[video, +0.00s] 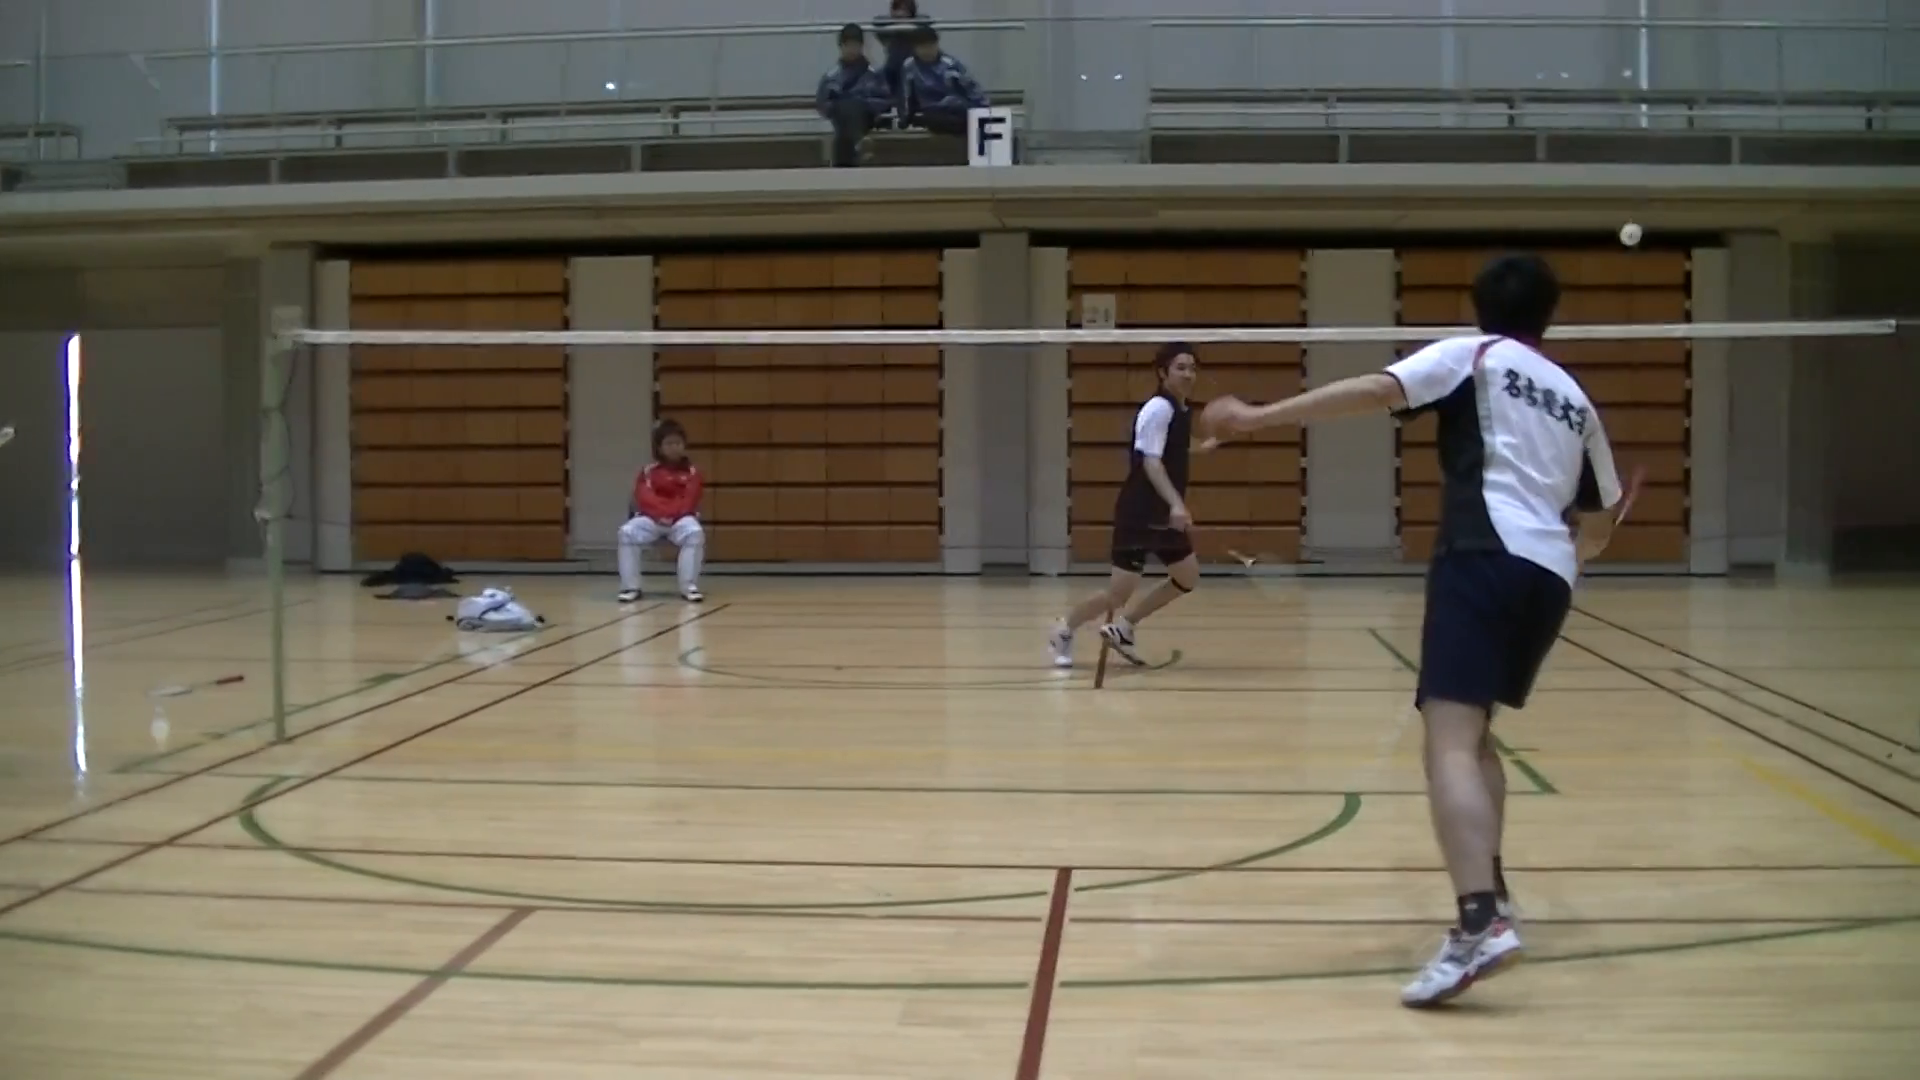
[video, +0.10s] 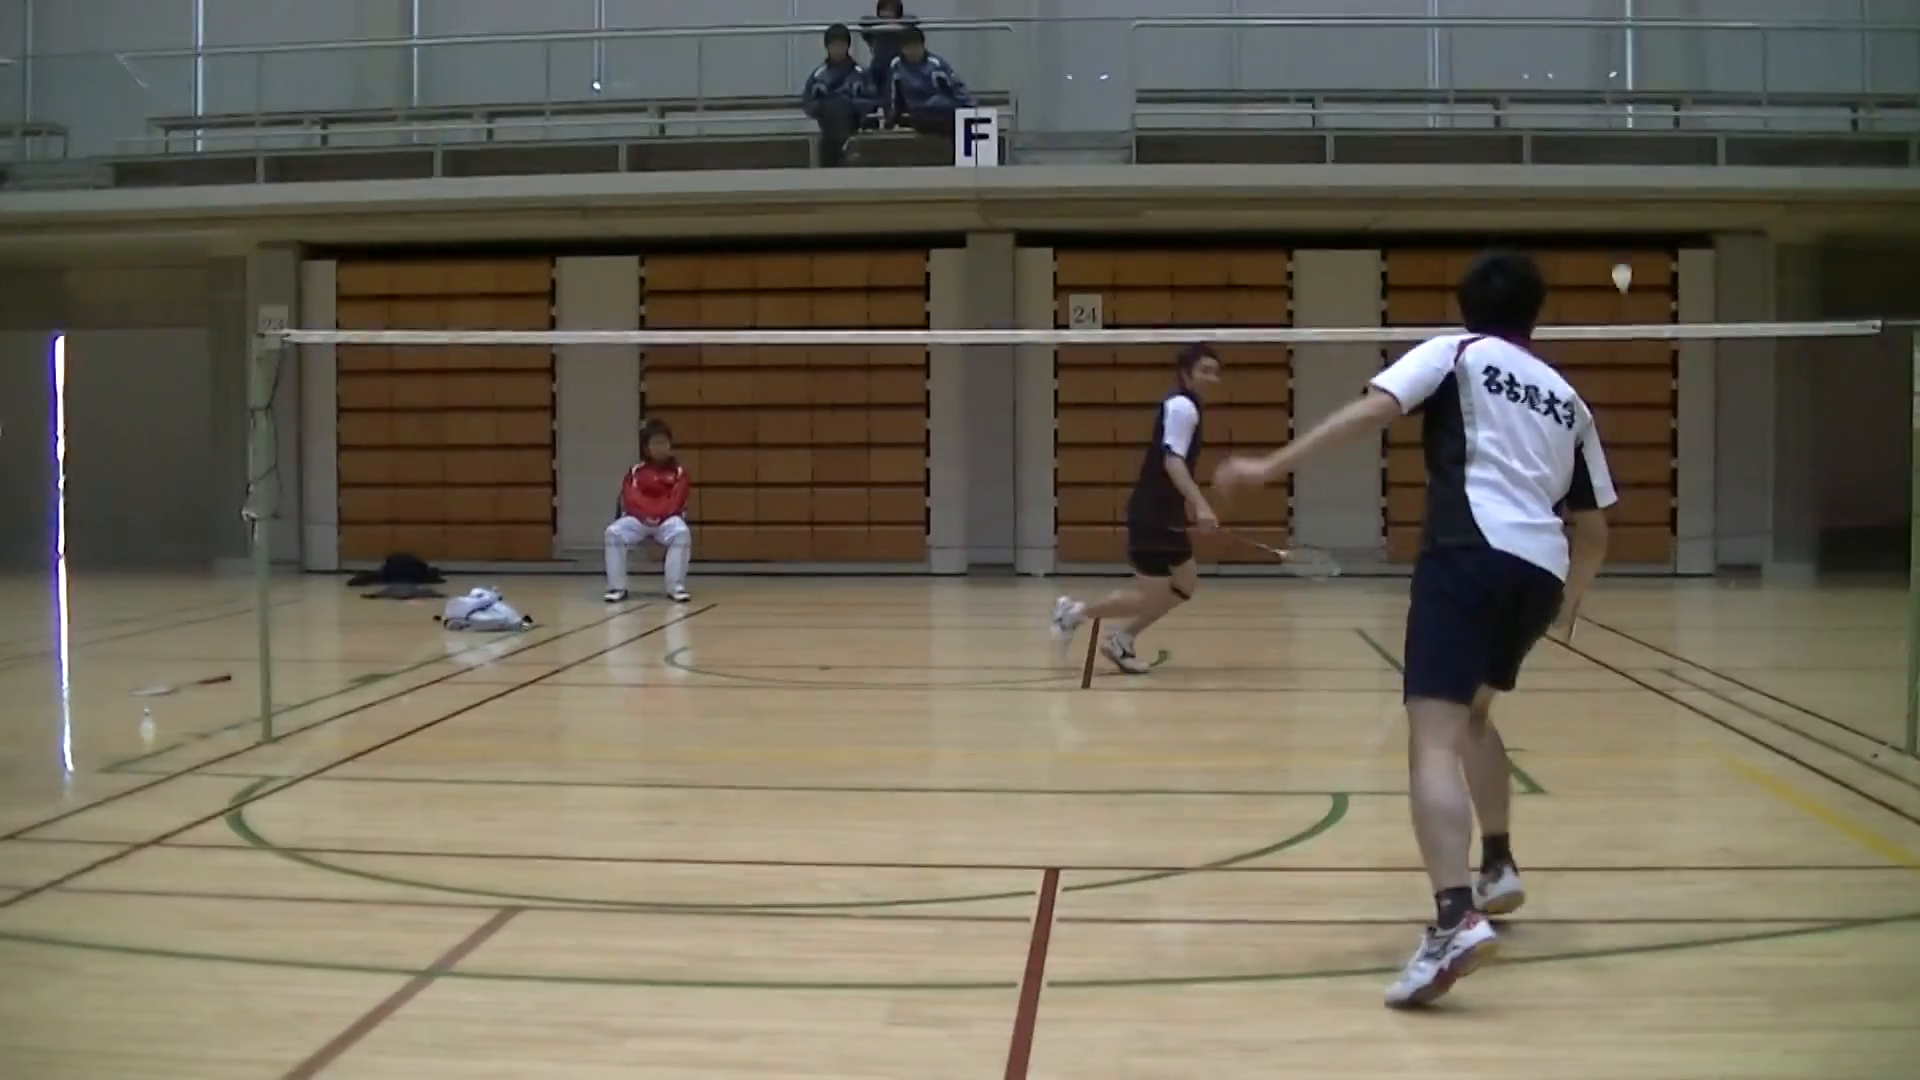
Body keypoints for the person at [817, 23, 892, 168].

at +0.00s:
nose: (851, 50)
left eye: (855, 45)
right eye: (847, 45)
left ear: (861, 47)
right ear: (840, 47)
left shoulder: (875, 76)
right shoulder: (830, 77)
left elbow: (886, 102)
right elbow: (822, 104)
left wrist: (862, 105)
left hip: (869, 119)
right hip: (840, 119)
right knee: (850, 106)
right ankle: (861, 144)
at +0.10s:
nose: (838, 50)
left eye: (842, 44)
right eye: (833, 44)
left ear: (848, 46)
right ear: (827, 47)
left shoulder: (861, 74)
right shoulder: (818, 75)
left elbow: (872, 101)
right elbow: (808, 103)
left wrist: (848, 106)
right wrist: (828, 110)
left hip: (855, 126)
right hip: (828, 127)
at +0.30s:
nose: (829, 50)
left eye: (833, 45)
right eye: (825, 45)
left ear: (840, 46)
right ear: (819, 47)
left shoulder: (853, 73)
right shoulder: (810, 75)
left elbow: (864, 102)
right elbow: (800, 103)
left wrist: (840, 106)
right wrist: (820, 110)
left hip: (846, 123)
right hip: (819, 124)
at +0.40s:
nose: (829, 51)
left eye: (833, 46)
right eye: (825, 46)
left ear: (839, 47)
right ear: (819, 48)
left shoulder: (852, 74)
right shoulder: (810, 76)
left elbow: (864, 102)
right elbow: (799, 105)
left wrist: (840, 107)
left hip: (845, 122)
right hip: (818, 123)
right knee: (828, 107)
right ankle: (838, 146)